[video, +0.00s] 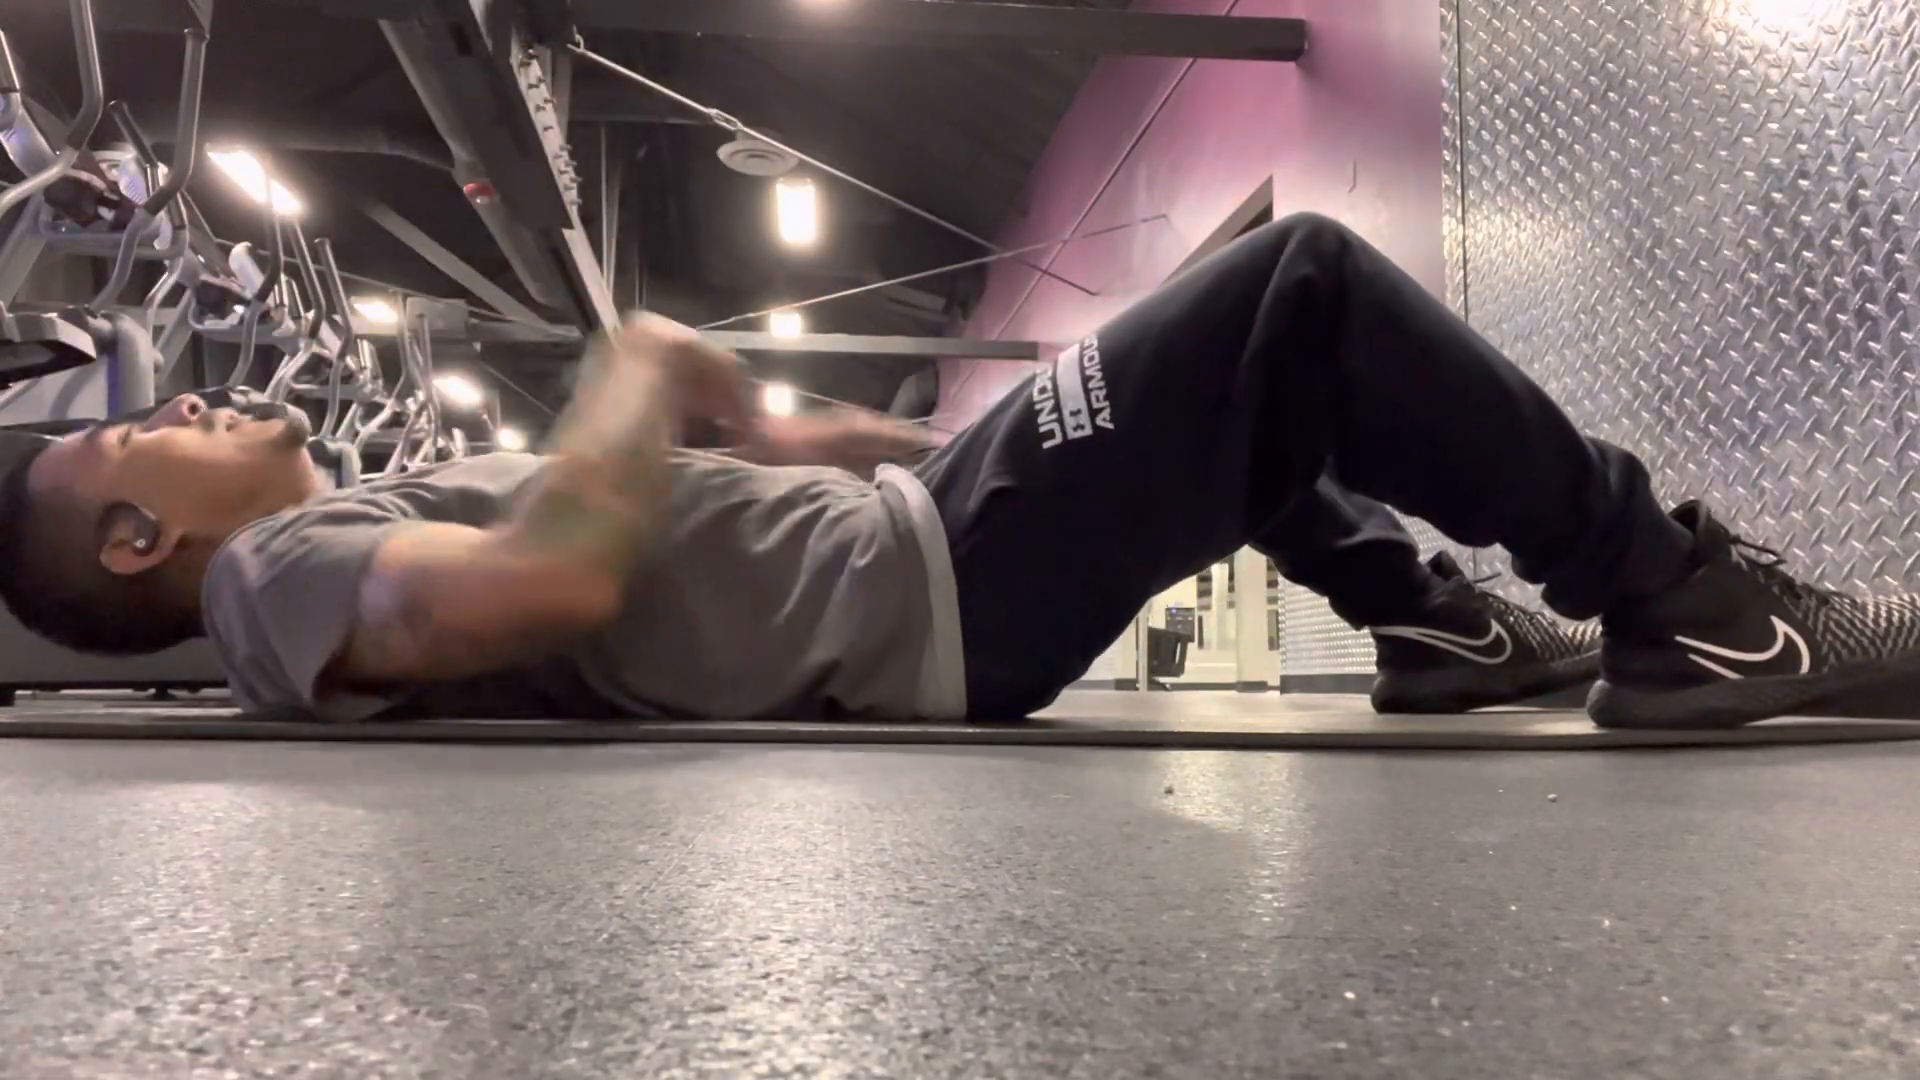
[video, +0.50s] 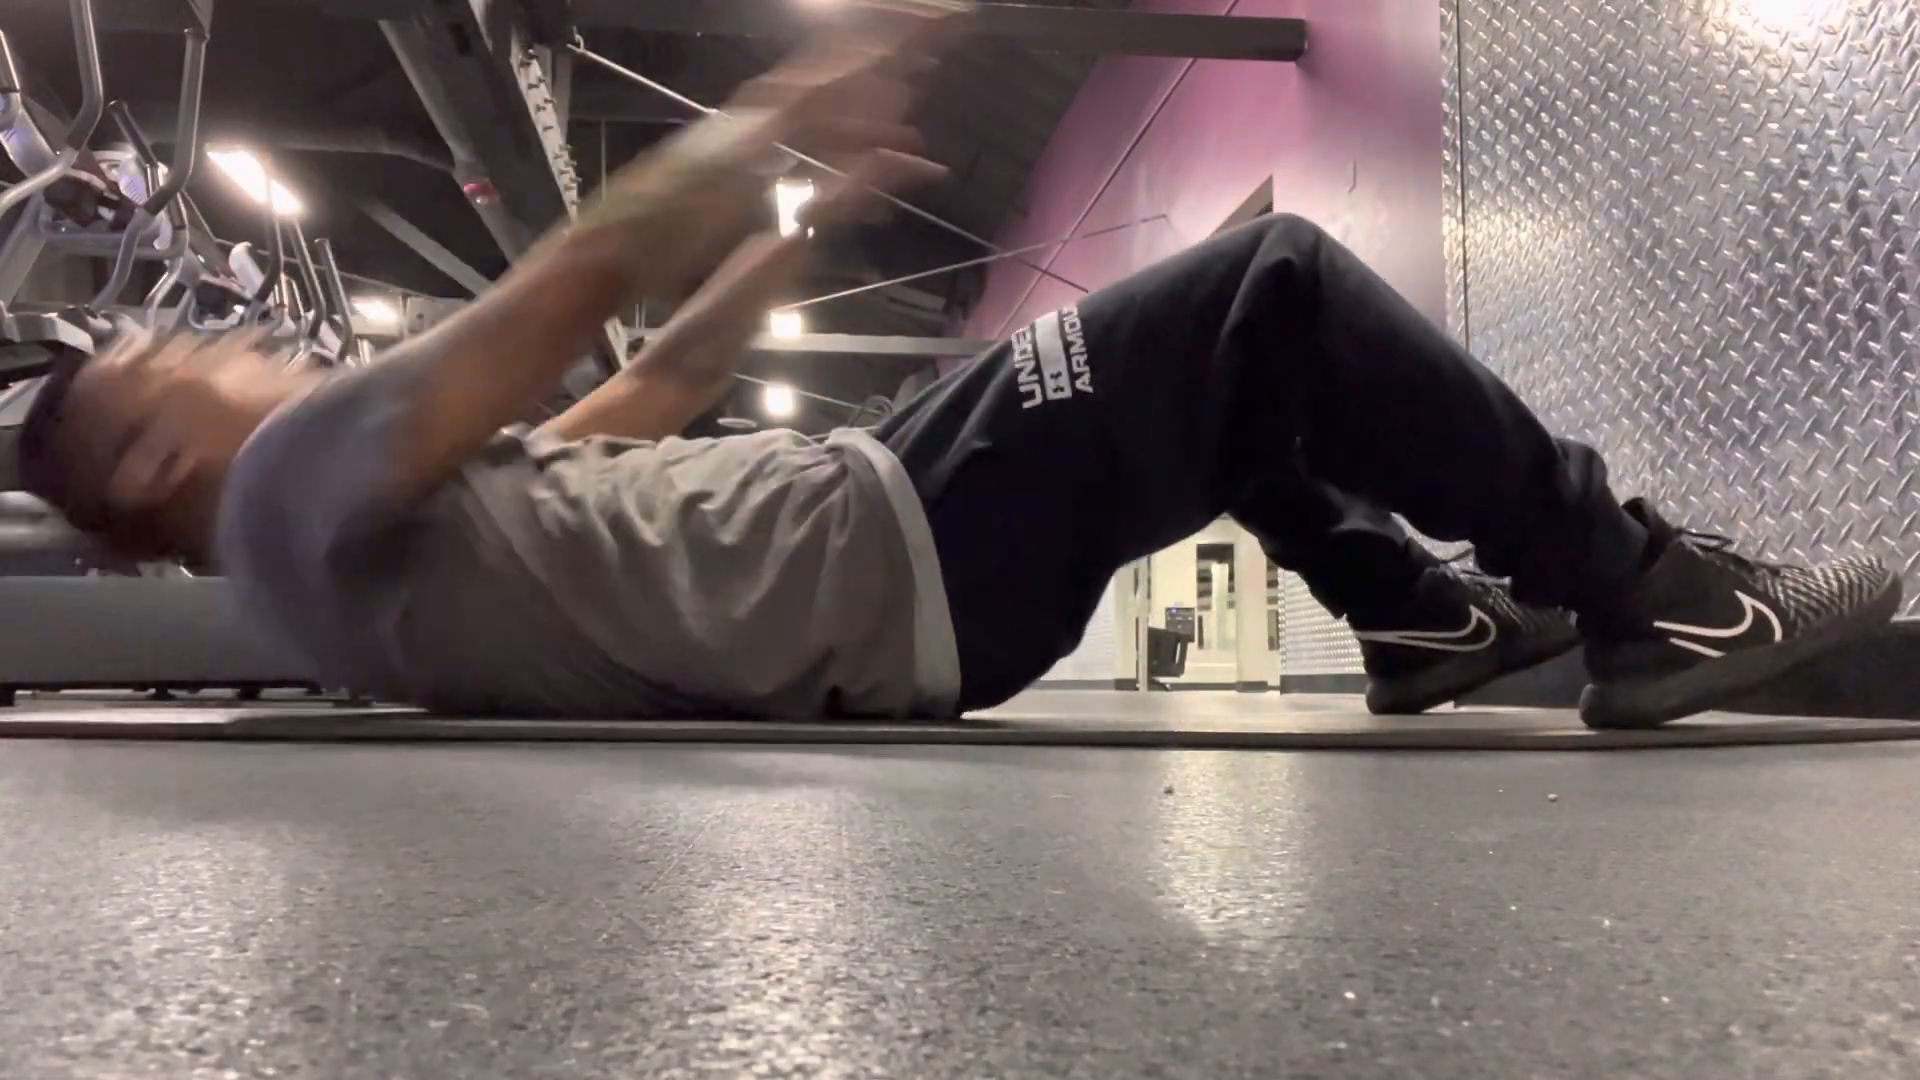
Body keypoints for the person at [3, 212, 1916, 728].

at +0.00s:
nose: (215, 401)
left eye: (165, 401)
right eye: (169, 425)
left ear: (158, 525)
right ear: (151, 537)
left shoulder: (310, 558)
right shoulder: (287, 584)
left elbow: (565, 559)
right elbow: (560, 578)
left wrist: (726, 432)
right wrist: (649, 375)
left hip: (901, 558)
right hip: (924, 613)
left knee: (1209, 318)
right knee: (1295, 280)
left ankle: (1446, 622)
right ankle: (1689, 595)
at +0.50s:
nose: (194, 365)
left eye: (166, 362)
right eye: (152, 389)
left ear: (202, 408)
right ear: (149, 478)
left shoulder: (345, 516)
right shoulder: (301, 492)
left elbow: (629, 413)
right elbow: (558, 306)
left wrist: (782, 237)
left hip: (853, 536)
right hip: (893, 567)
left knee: (1196, 346)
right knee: (1264, 274)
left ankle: (1442, 617)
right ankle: (1657, 591)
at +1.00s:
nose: (1049, 66)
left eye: (1056, 52)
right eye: (1043, 49)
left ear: (918, 23)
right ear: (981, 18)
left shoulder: (848, 171)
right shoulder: (852, 86)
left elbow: (1007, 381)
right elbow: (1100, 95)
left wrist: (1152, 224)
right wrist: (1337, 8)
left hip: (971, 607)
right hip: (990, 605)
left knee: (1243, 283)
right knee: (1305, 265)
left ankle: (1468, 625)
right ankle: (1642, 590)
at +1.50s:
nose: (972, 24)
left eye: (960, 9)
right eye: (941, 3)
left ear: (833, 23)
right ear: (851, 12)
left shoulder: (822, 145)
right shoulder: (827, 136)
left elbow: (1094, 273)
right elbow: (1117, 254)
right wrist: (1402, 110)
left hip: (1043, 591)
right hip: (1062, 619)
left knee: (1302, 307)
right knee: (1371, 270)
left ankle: (1458, 624)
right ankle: (1682, 613)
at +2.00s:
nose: (197, 345)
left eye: (171, 343)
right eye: (153, 365)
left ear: (188, 420)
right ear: (149, 448)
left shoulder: (356, 489)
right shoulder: (279, 515)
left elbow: (589, 400)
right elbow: (301, 167)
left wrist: (479, 228)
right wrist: (392, 50)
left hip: (873, 523)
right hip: (892, 564)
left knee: (1220, 332)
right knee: (1259, 263)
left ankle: (1434, 619)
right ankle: (1621, 578)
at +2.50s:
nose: (899, 46)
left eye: (891, 39)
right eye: (873, 28)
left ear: (719, 45)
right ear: (781, 20)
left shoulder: (750, 230)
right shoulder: (746, 121)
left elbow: (1013, 327)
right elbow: (1131, 125)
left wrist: (1188, 217)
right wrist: (1343, 63)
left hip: (964, 626)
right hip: (988, 605)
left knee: (1221, 331)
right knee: (1307, 268)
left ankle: (1450, 623)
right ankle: (1659, 590)